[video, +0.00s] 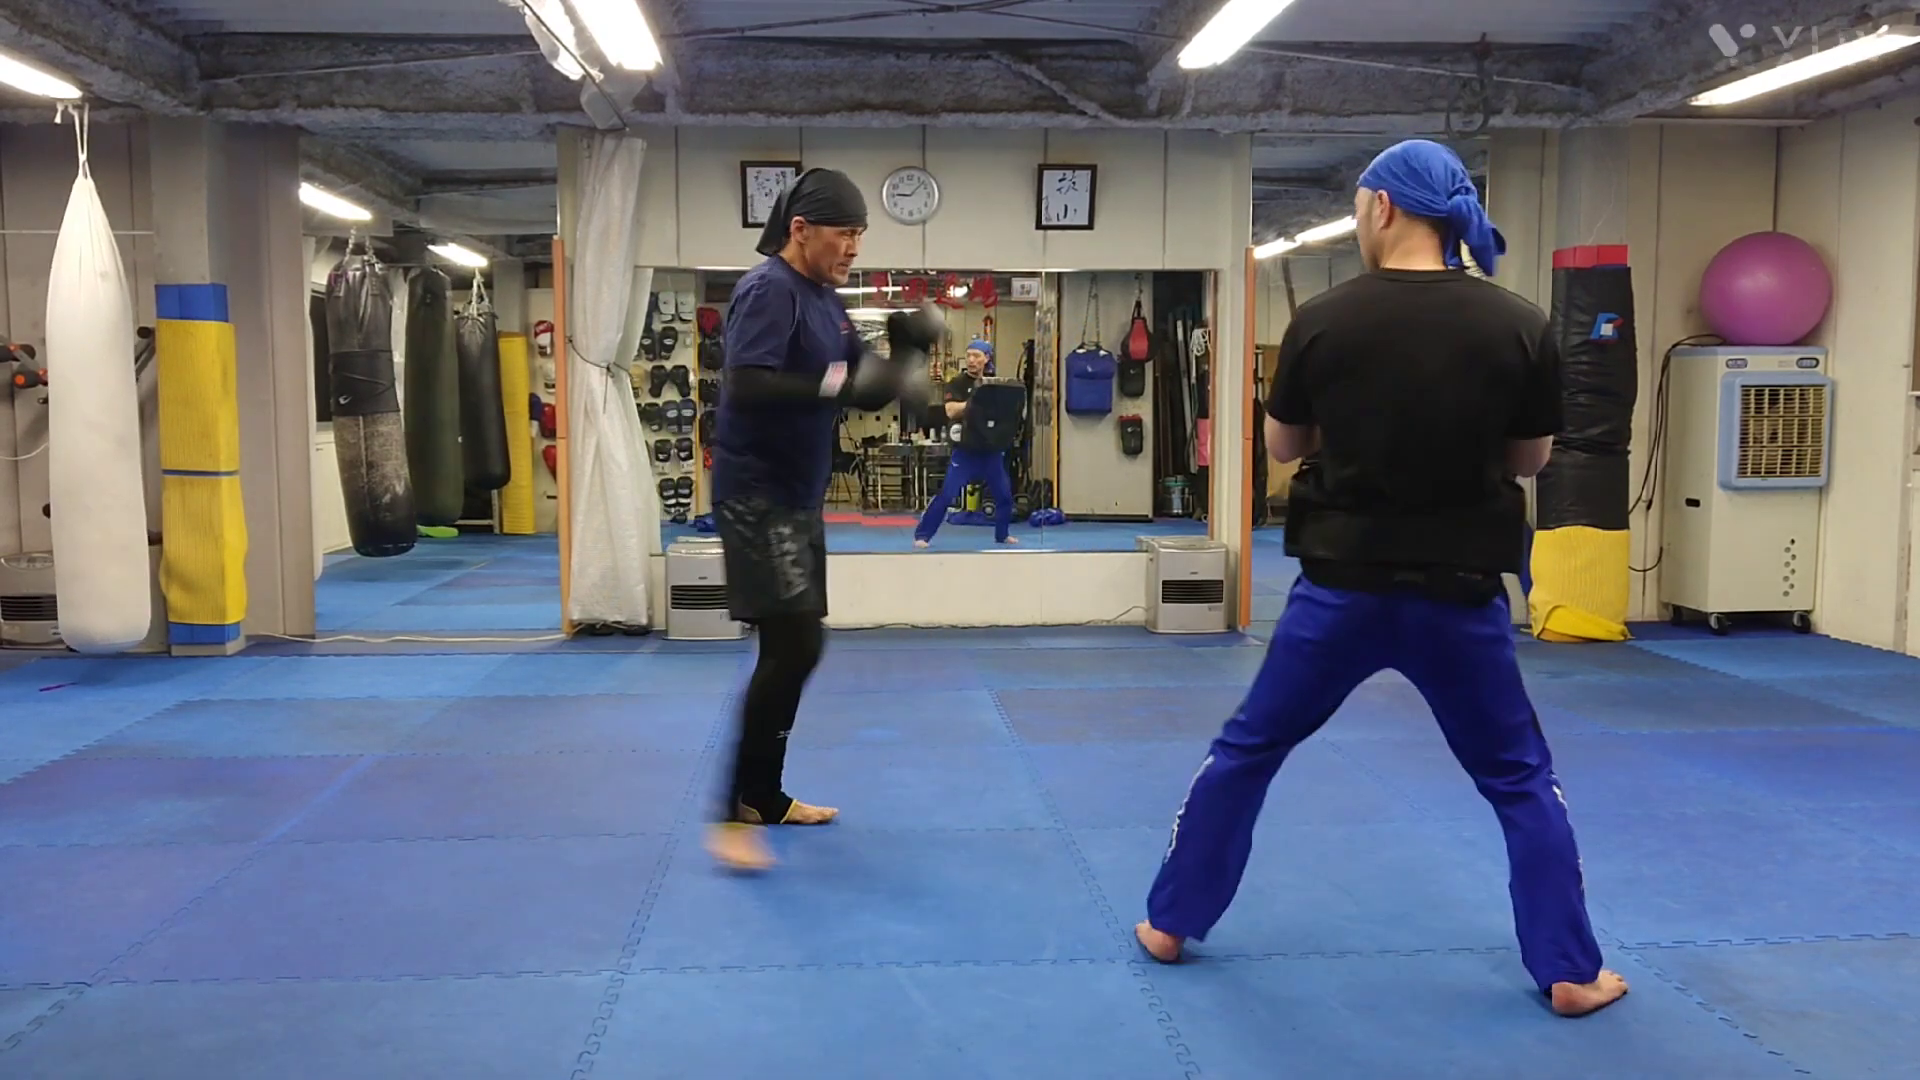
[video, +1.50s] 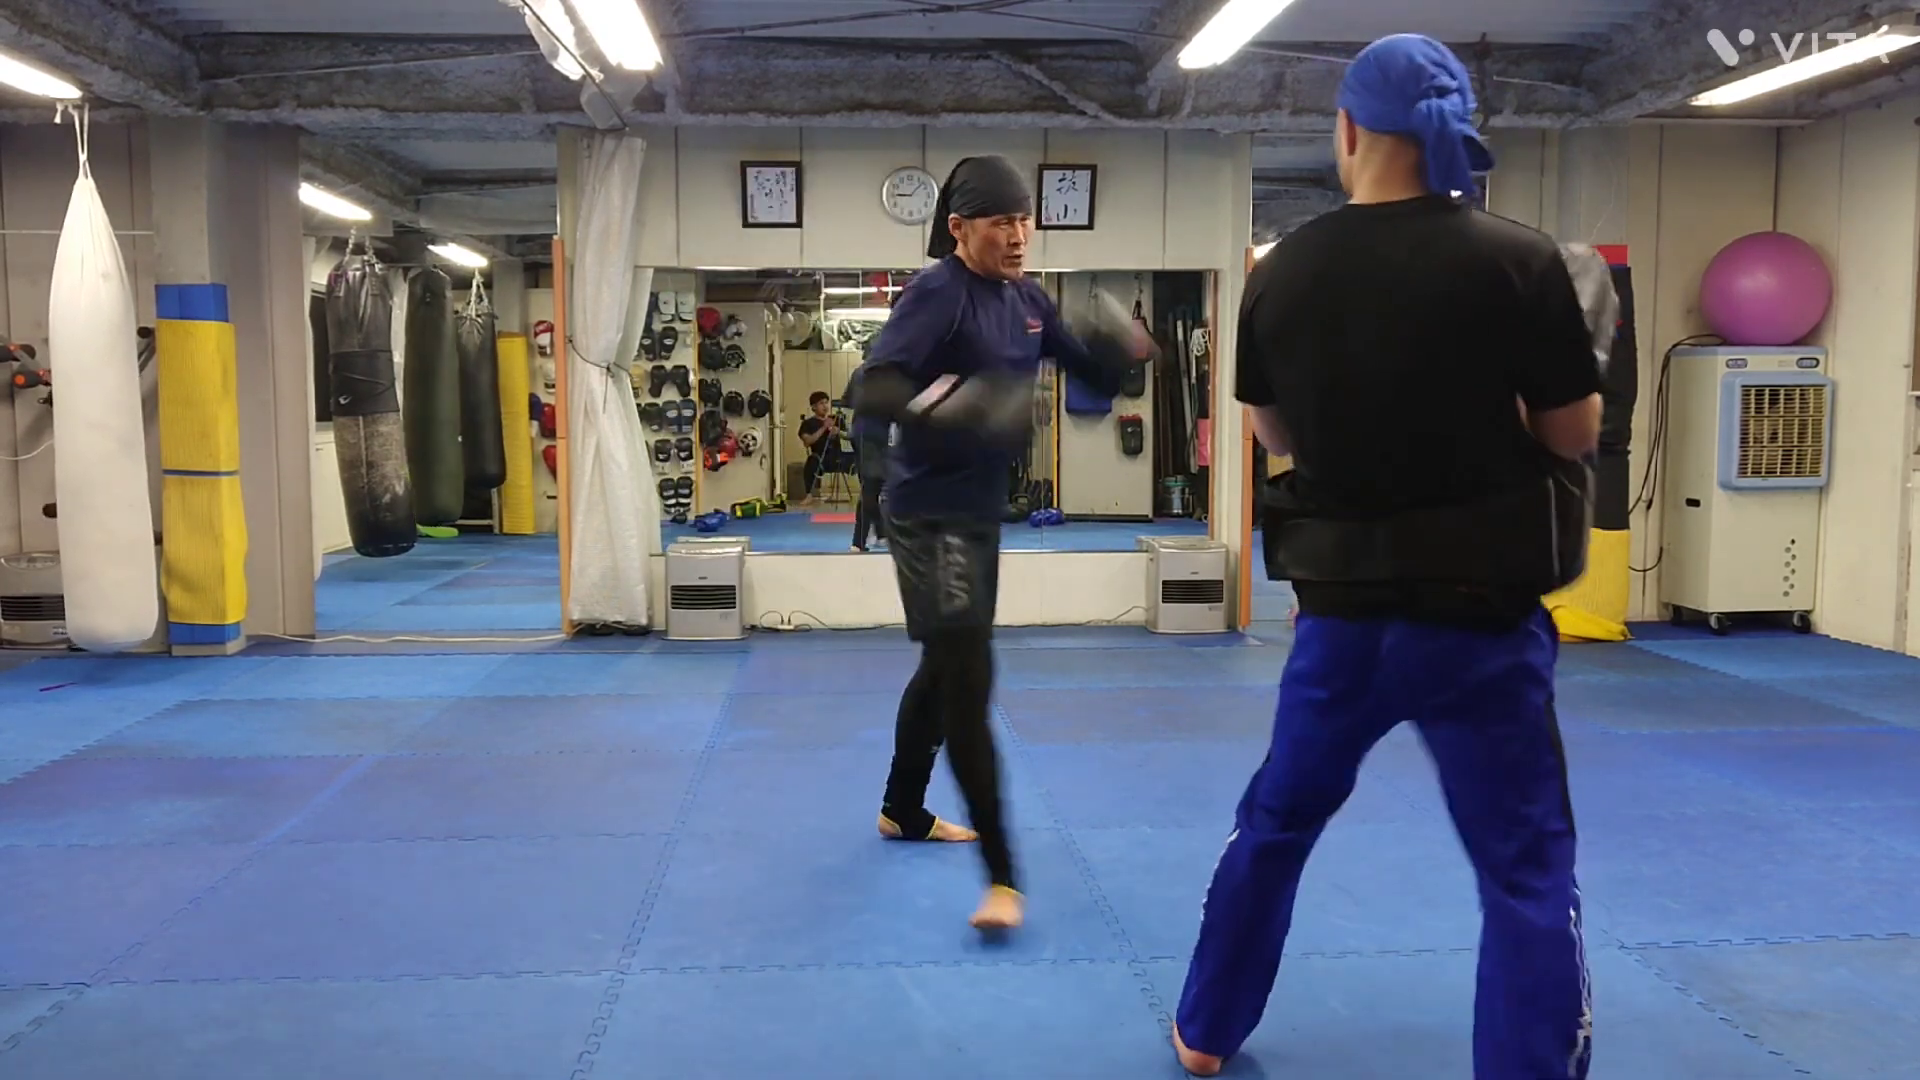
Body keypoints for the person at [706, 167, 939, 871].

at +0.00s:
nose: (855, 247)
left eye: (859, 234)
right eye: (844, 233)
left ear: (836, 236)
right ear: (802, 230)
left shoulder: (826, 302)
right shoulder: (769, 288)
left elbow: (850, 380)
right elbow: (743, 383)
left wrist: (901, 361)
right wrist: (836, 386)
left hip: (796, 501)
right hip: (757, 501)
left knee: (797, 645)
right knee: (790, 645)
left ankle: (763, 799)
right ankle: (736, 815)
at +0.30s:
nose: (845, 230)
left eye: (846, 217)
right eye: (832, 218)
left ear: (840, 222)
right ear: (783, 221)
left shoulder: (859, 273)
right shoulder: (742, 310)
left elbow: (922, 297)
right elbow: (677, 387)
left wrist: (966, 293)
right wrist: (632, 444)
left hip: (910, 490)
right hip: (844, 512)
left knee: (964, 625)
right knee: (890, 684)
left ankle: (864, 713)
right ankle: (919, 859)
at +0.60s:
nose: (854, 216)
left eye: (855, 203)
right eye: (840, 203)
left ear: (820, 212)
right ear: (794, 210)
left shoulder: (848, 269)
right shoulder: (763, 316)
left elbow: (876, 251)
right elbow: (798, 405)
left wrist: (865, 253)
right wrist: (829, 299)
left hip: (953, 424)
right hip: (896, 499)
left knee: (1097, 417)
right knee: (919, 678)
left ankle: (1256, 419)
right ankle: (928, 858)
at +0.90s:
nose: (954, 221)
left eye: (958, 208)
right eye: (944, 206)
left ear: (928, 209)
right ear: (896, 202)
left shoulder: (931, 286)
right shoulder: (852, 293)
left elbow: (963, 375)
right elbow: (856, 402)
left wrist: (1023, 348)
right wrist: (931, 326)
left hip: (939, 498)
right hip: (882, 510)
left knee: (973, 629)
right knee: (913, 672)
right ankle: (908, 861)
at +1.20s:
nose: (1025, 261)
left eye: (1031, 248)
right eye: (1014, 244)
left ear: (1022, 247)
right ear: (968, 235)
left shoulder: (977, 310)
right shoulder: (929, 297)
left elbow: (965, 413)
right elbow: (927, 407)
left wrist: (1015, 463)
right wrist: (1016, 371)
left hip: (935, 510)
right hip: (888, 510)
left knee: (943, 663)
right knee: (915, 669)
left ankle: (903, 811)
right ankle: (855, 839)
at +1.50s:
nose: (1018, 234)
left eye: (1024, 220)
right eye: (1002, 223)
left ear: (1030, 222)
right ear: (960, 228)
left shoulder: (1030, 300)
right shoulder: (938, 291)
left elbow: (1094, 382)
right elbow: (869, 387)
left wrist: (1122, 358)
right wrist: (935, 403)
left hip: (981, 517)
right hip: (928, 516)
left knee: (948, 666)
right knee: (965, 676)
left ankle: (903, 808)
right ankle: (1000, 881)